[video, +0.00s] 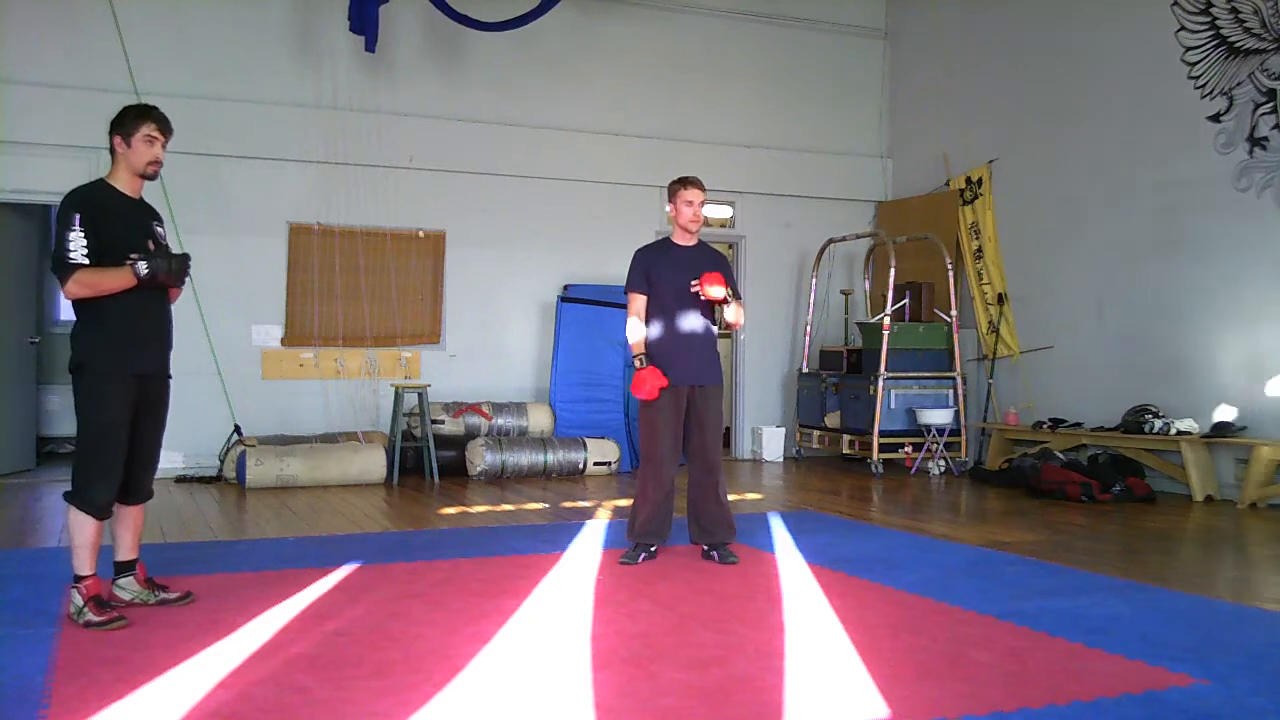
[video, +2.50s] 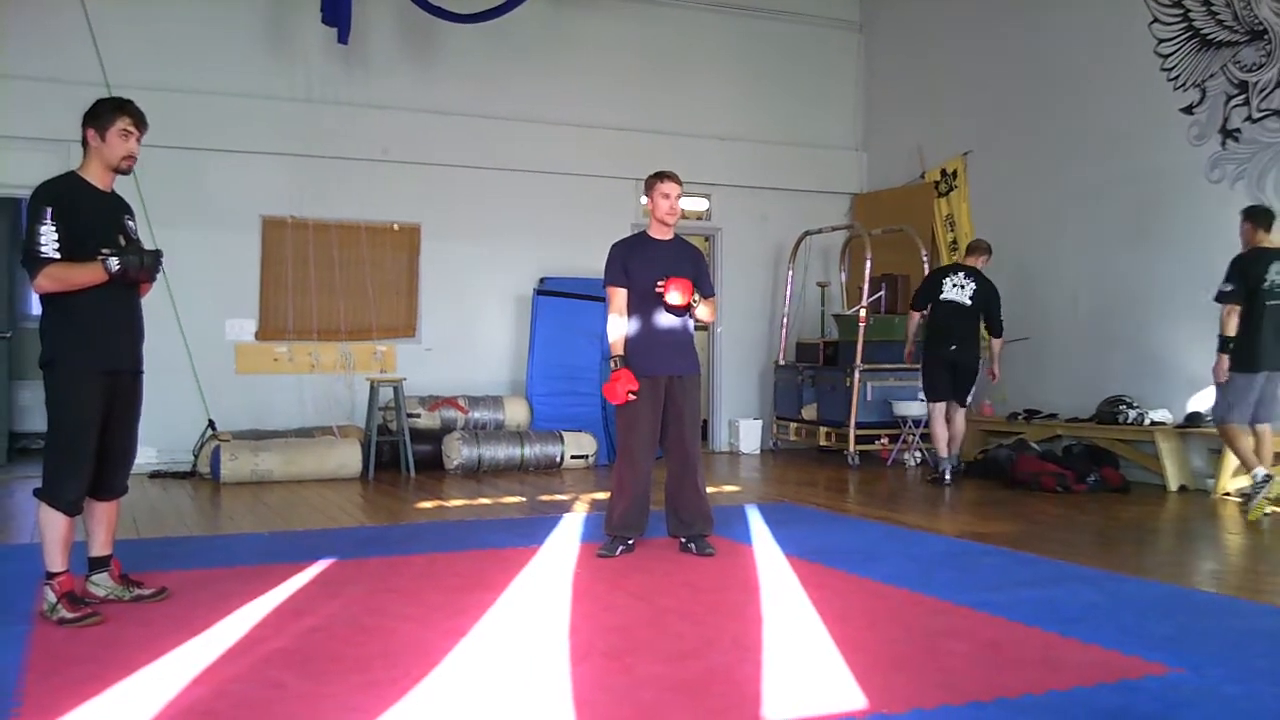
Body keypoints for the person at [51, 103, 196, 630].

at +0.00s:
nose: (159, 152)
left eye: (163, 144)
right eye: (149, 141)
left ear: (161, 152)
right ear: (119, 142)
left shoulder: (152, 216)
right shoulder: (82, 201)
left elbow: (166, 297)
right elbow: (74, 284)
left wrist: (176, 275)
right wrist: (143, 270)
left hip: (151, 364)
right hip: (103, 363)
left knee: (136, 472)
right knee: (96, 473)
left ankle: (129, 580)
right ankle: (84, 592)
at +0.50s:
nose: (163, 156)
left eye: (168, 148)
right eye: (155, 144)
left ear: (166, 155)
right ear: (125, 144)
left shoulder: (159, 217)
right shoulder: (83, 200)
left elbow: (177, 299)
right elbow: (66, 279)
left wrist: (176, 273)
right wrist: (136, 269)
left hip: (154, 366)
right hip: (103, 363)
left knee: (137, 475)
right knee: (97, 476)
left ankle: (128, 580)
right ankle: (84, 592)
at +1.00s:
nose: (172, 157)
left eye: (177, 150)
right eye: (164, 146)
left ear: (172, 156)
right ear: (133, 144)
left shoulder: (159, 219)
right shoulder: (89, 200)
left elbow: (169, 303)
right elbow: (76, 279)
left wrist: (181, 277)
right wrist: (146, 272)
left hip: (154, 365)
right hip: (105, 363)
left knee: (142, 471)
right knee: (98, 472)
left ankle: (135, 579)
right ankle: (91, 590)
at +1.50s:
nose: (167, 156)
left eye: (171, 148)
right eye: (159, 145)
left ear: (167, 154)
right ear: (127, 144)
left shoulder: (155, 218)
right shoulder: (87, 200)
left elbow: (164, 299)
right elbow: (74, 282)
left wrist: (177, 278)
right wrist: (143, 273)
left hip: (152, 364)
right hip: (104, 363)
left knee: (142, 471)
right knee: (99, 472)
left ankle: (135, 579)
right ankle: (90, 591)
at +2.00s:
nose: (107, 146)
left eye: (112, 138)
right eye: (98, 134)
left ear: (109, 145)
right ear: (66, 134)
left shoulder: (97, 209)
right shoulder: (24, 195)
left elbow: (108, 290)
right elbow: (15, 278)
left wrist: (122, 272)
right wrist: (87, 266)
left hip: (99, 360)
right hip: (49, 360)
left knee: (88, 467)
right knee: (43, 469)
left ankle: (80, 578)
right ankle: (34, 590)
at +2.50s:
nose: (135, 147)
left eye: (138, 139)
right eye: (125, 135)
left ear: (133, 146)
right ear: (92, 135)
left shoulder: (122, 209)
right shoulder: (52, 194)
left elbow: (133, 291)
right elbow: (43, 278)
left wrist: (146, 273)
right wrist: (113, 266)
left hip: (122, 359)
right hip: (74, 358)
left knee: (110, 466)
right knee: (67, 467)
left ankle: (101, 576)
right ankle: (57, 589)